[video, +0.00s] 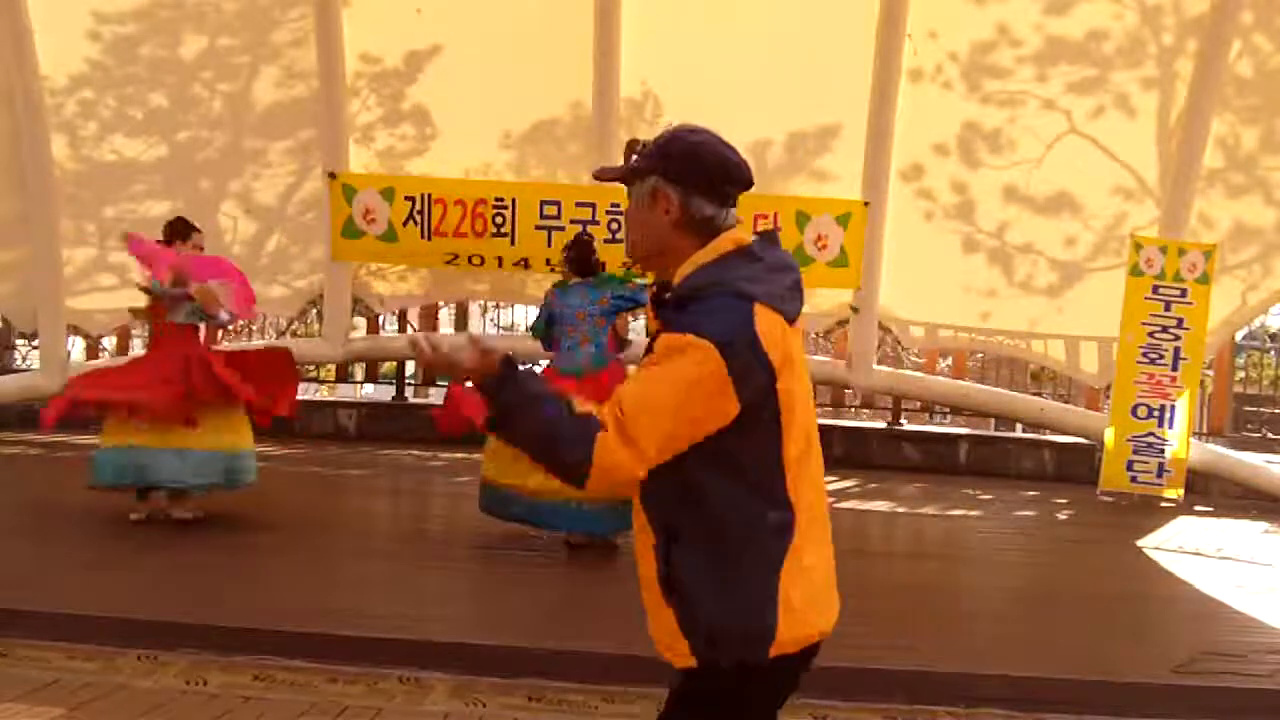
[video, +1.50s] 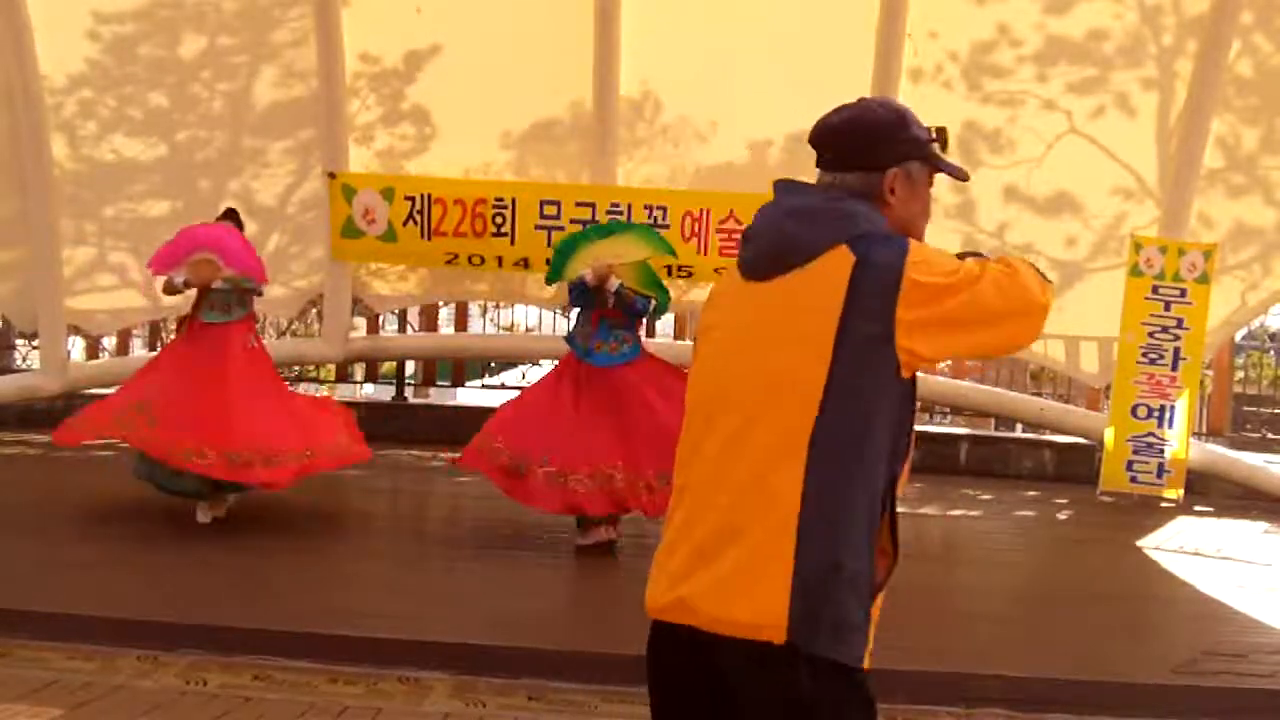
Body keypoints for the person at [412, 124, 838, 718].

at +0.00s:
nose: (624, 221)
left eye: (629, 201)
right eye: (625, 203)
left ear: (666, 206)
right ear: (674, 206)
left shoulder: (720, 322)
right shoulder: (729, 294)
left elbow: (606, 460)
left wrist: (496, 377)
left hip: (746, 627)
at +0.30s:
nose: (580, 193)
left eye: (594, 175)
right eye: (584, 177)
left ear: (648, 180)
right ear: (640, 182)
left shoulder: (745, 288)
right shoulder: (611, 279)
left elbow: (864, 415)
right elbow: (488, 303)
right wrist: (340, 286)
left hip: (743, 640)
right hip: (654, 629)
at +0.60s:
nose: (583, 183)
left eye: (604, 163)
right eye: (583, 164)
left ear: (667, 173)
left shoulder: (745, 298)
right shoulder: (565, 275)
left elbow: (809, 424)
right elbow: (499, 281)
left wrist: (862, 514)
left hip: (696, 633)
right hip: (570, 631)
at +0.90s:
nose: (686, 190)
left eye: (708, 170)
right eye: (665, 170)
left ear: (747, 182)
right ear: (639, 182)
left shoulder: (769, 297)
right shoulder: (614, 268)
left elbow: (786, 454)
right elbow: (707, 291)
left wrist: (873, 510)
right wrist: (838, 270)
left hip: (707, 643)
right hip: (599, 643)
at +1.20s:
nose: (847, 192)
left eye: (848, 175)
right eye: (826, 172)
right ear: (757, 181)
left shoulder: (705, 265)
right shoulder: (757, 274)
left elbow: (689, 431)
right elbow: (909, 336)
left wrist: (774, 518)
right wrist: (900, 284)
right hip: (683, 637)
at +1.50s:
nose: (931, 205)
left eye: (933, 186)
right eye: (928, 185)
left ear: (827, 180)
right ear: (894, 185)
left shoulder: (735, 277)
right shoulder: (884, 270)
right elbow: (1024, 296)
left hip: (681, 626)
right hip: (791, 638)